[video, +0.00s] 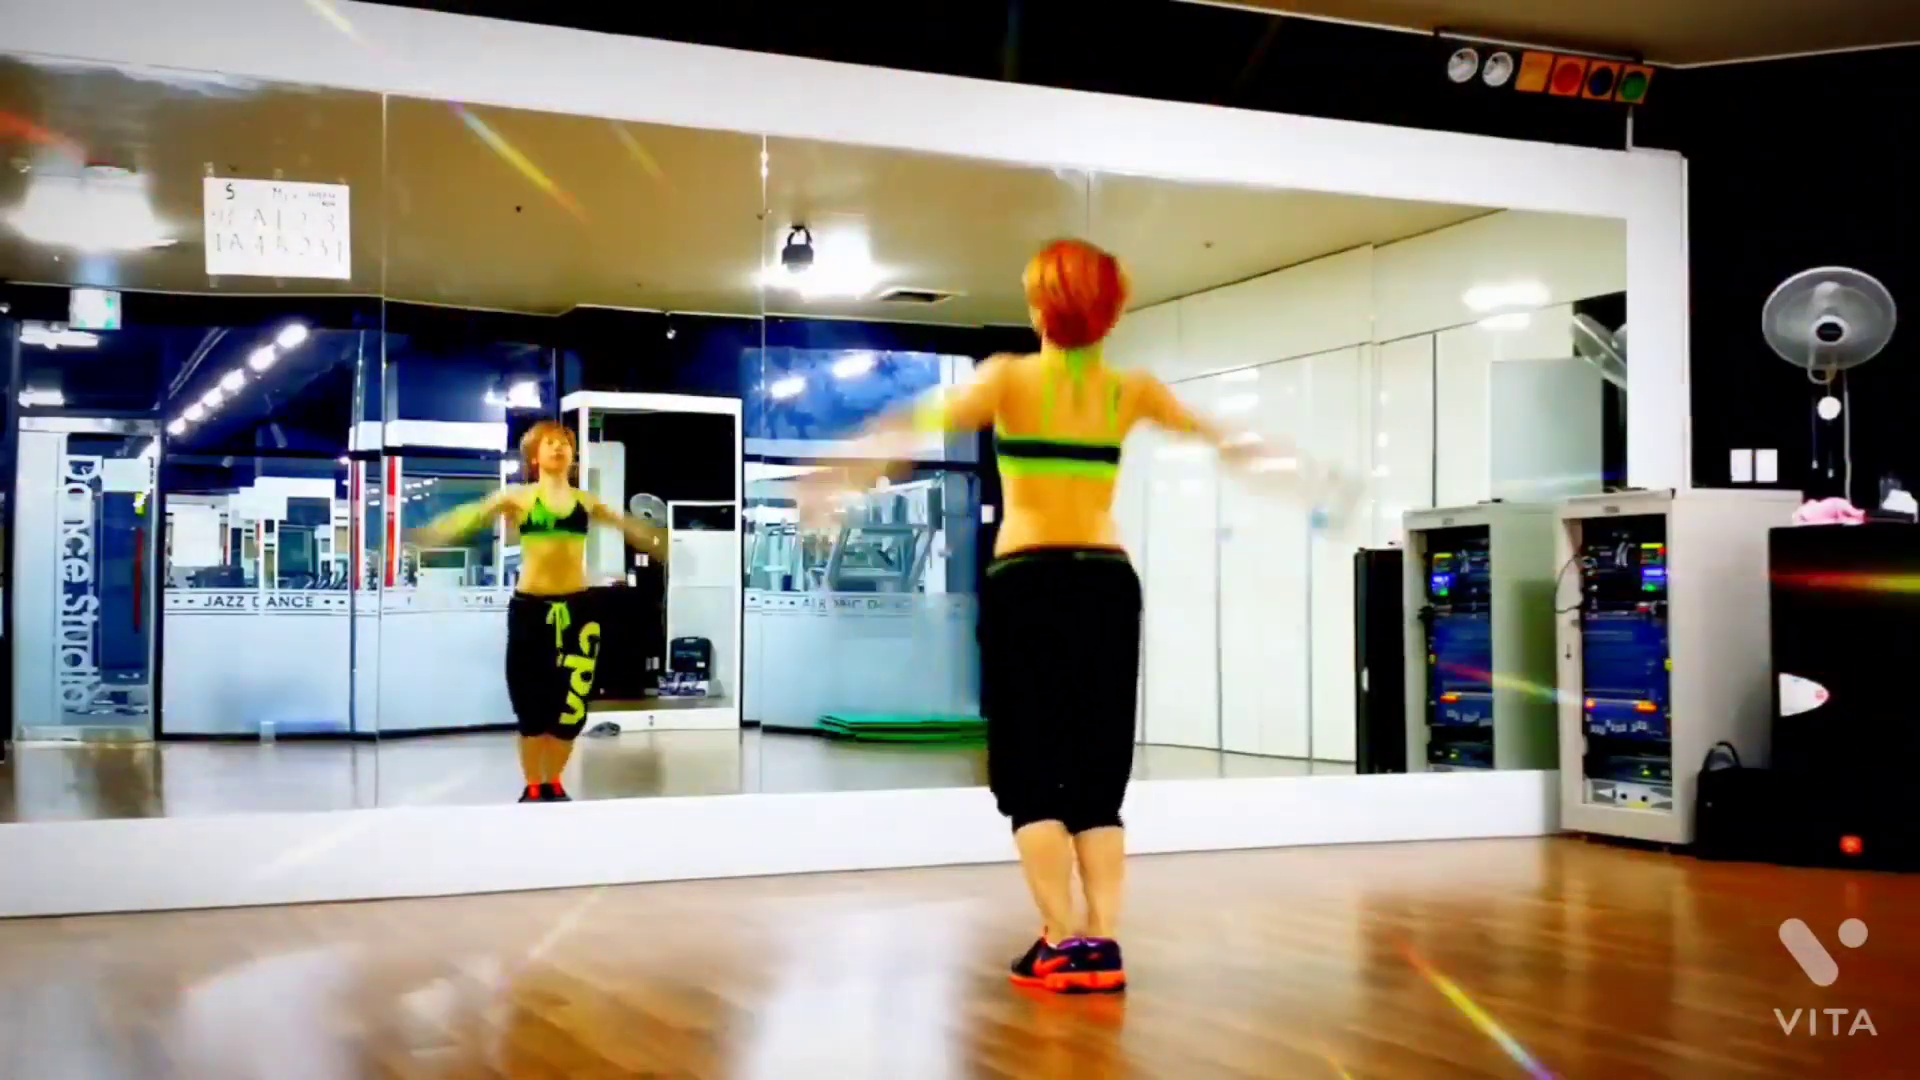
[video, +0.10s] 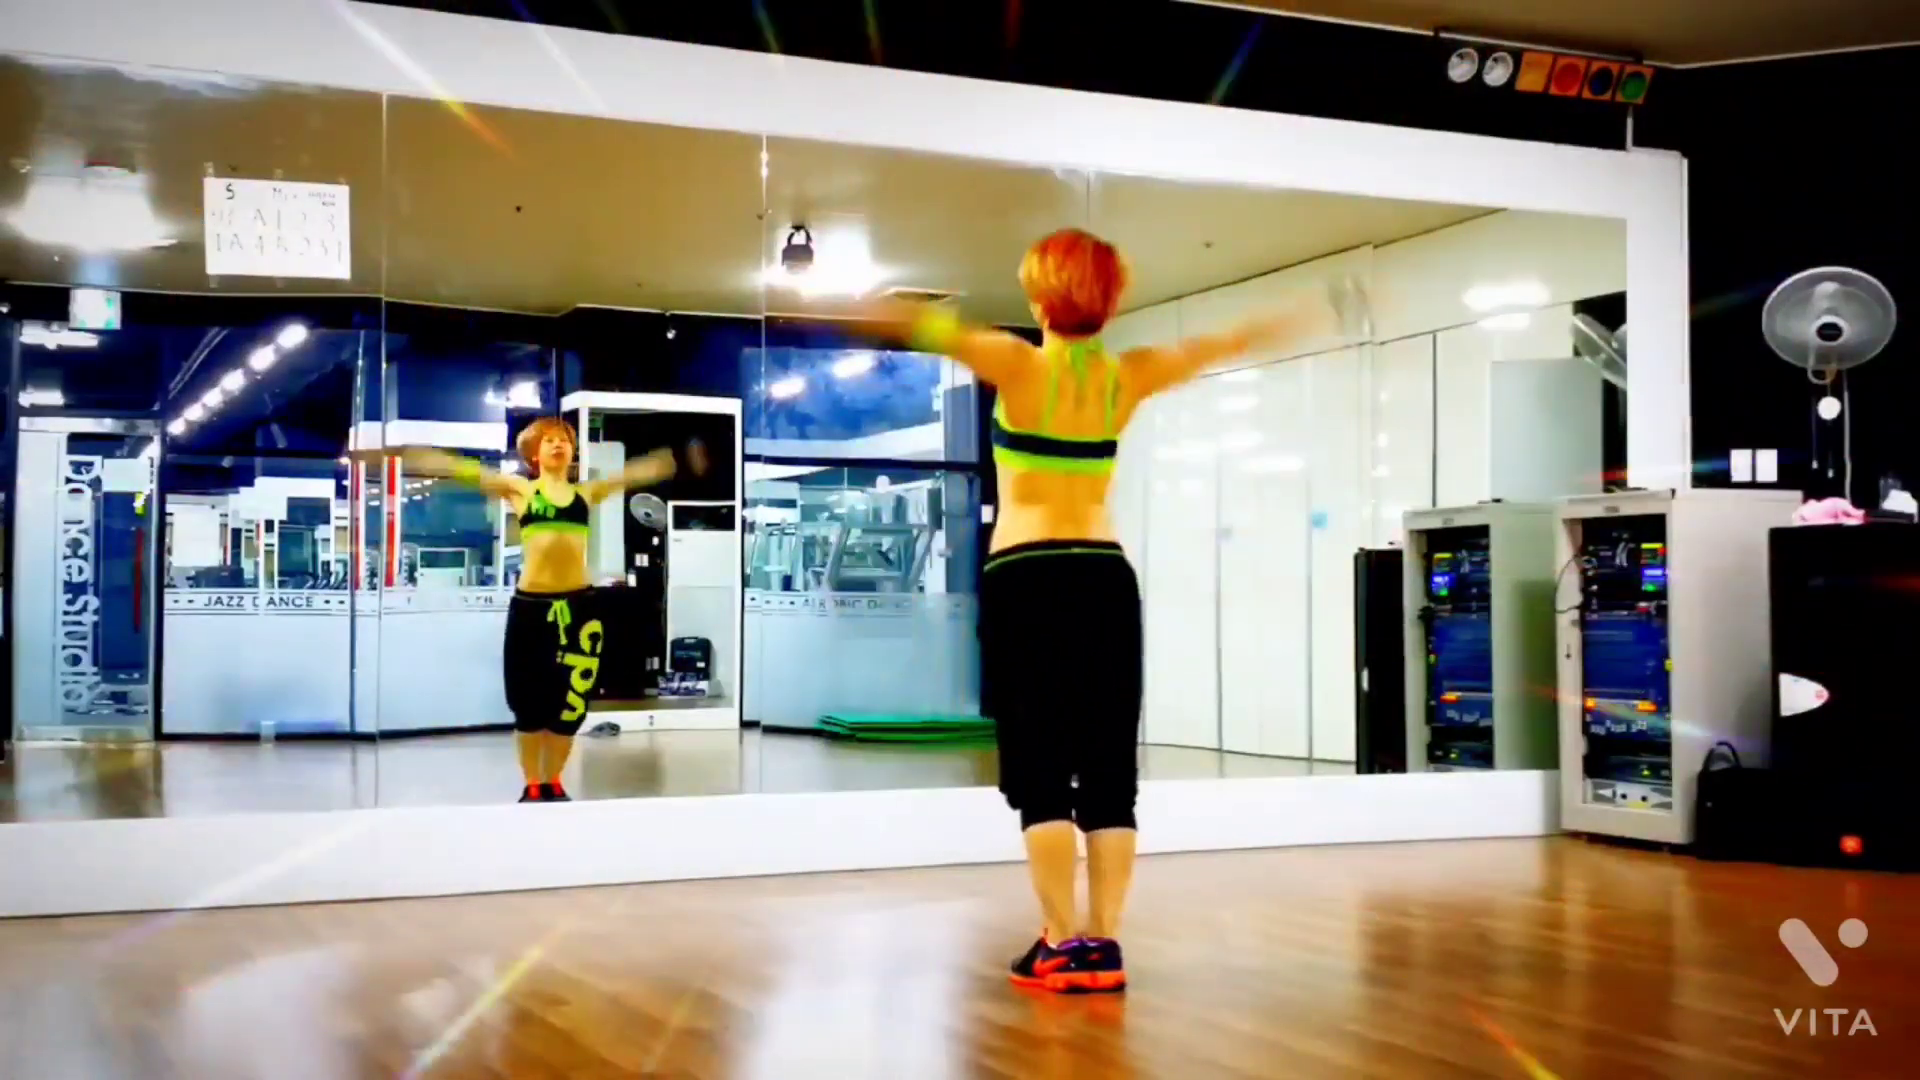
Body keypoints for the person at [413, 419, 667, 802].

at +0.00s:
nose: (557, 448)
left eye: (563, 443)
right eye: (549, 442)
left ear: (573, 455)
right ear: (534, 455)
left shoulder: (584, 501)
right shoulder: (519, 497)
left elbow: (623, 523)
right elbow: (469, 518)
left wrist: (655, 540)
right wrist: (433, 534)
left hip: (576, 605)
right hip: (530, 606)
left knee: (571, 704)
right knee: (533, 703)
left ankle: (552, 781)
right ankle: (533, 786)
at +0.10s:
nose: (557, 445)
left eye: (564, 440)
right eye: (549, 440)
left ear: (573, 451)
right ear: (534, 451)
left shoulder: (584, 492)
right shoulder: (521, 489)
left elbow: (632, 475)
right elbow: (462, 470)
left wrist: (673, 459)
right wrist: (401, 457)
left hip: (577, 604)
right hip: (530, 604)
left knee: (569, 702)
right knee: (529, 702)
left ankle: (553, 783)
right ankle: (532, 785)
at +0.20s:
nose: (558, 446)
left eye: (564, 441)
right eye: (549, 441)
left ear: (573, 452)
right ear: (533, 452)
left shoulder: (583, 486)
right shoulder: (521, 484)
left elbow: (615, 439)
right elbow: (480, 437)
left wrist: (643, 400)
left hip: (579, 605)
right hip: (531, 606)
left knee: (570, 704)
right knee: (529, 704)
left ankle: (551, 783)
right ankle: (532, 786)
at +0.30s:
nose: (557, 449)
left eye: (563, 442)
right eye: (548, 442)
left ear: (573, 451)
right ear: (532, 451)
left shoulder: (583, 484)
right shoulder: (523, 482)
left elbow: (592, 428)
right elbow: (506, 426)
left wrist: (602, 373)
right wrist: (483, 371)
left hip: (580, 603)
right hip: (532, 603)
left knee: (571, 703)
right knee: (530, 704)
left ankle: (552, 783)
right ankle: (532, 785)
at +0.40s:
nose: (557, 450)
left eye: (563, 444)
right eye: (547, 445)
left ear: (572, 450)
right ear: (534, 454)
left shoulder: (583, 485)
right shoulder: (525, 486)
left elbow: (578, 417)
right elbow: (524, 417)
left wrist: (568, 365)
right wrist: (525, 362)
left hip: (580, 601)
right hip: (532, 602)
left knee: (570, 701)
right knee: (531, 701)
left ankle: (552, 782)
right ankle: (531, 784)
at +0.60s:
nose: (557, 458)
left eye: (564, 452)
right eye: (549, 452)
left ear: (573, 458)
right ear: (535, 456)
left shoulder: (581, 492)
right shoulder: (525, 492)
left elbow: (579, 451)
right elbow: (530, 466)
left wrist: (561, 414)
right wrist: (551, 422)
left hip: (577, 603)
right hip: (530, 604)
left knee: (570, 705)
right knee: (531, 703)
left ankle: (552, 782)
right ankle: (531, 785)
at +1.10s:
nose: (554, 459)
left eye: (561, 452)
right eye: (546, 452)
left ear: (572, 456)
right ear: (532, 456)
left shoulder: (580, 490)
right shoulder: (522, 492)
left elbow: (595, 437)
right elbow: (520, 442)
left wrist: (570, 409)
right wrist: (544, 400)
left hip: (577, 601)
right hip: (529, 602)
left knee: (570, 703)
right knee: (531, 703)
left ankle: (552, 781)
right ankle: (532, 784)